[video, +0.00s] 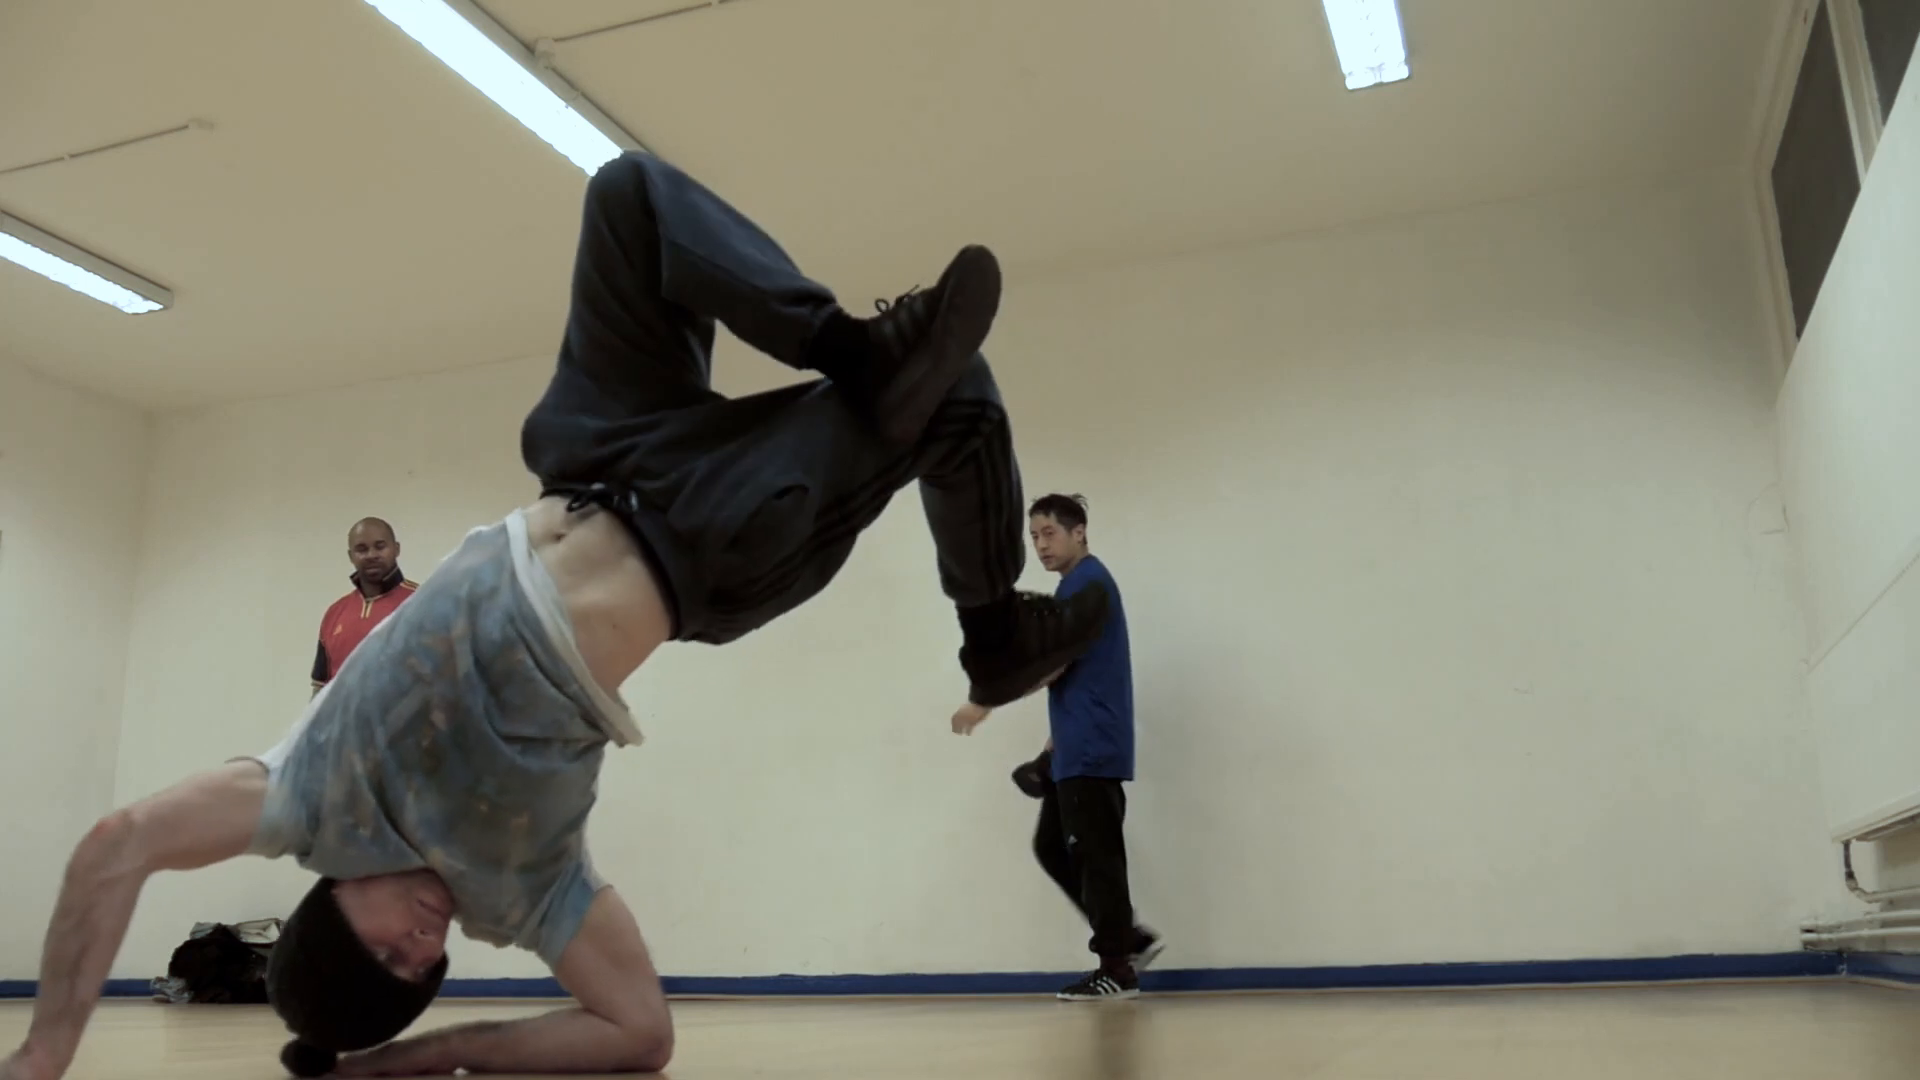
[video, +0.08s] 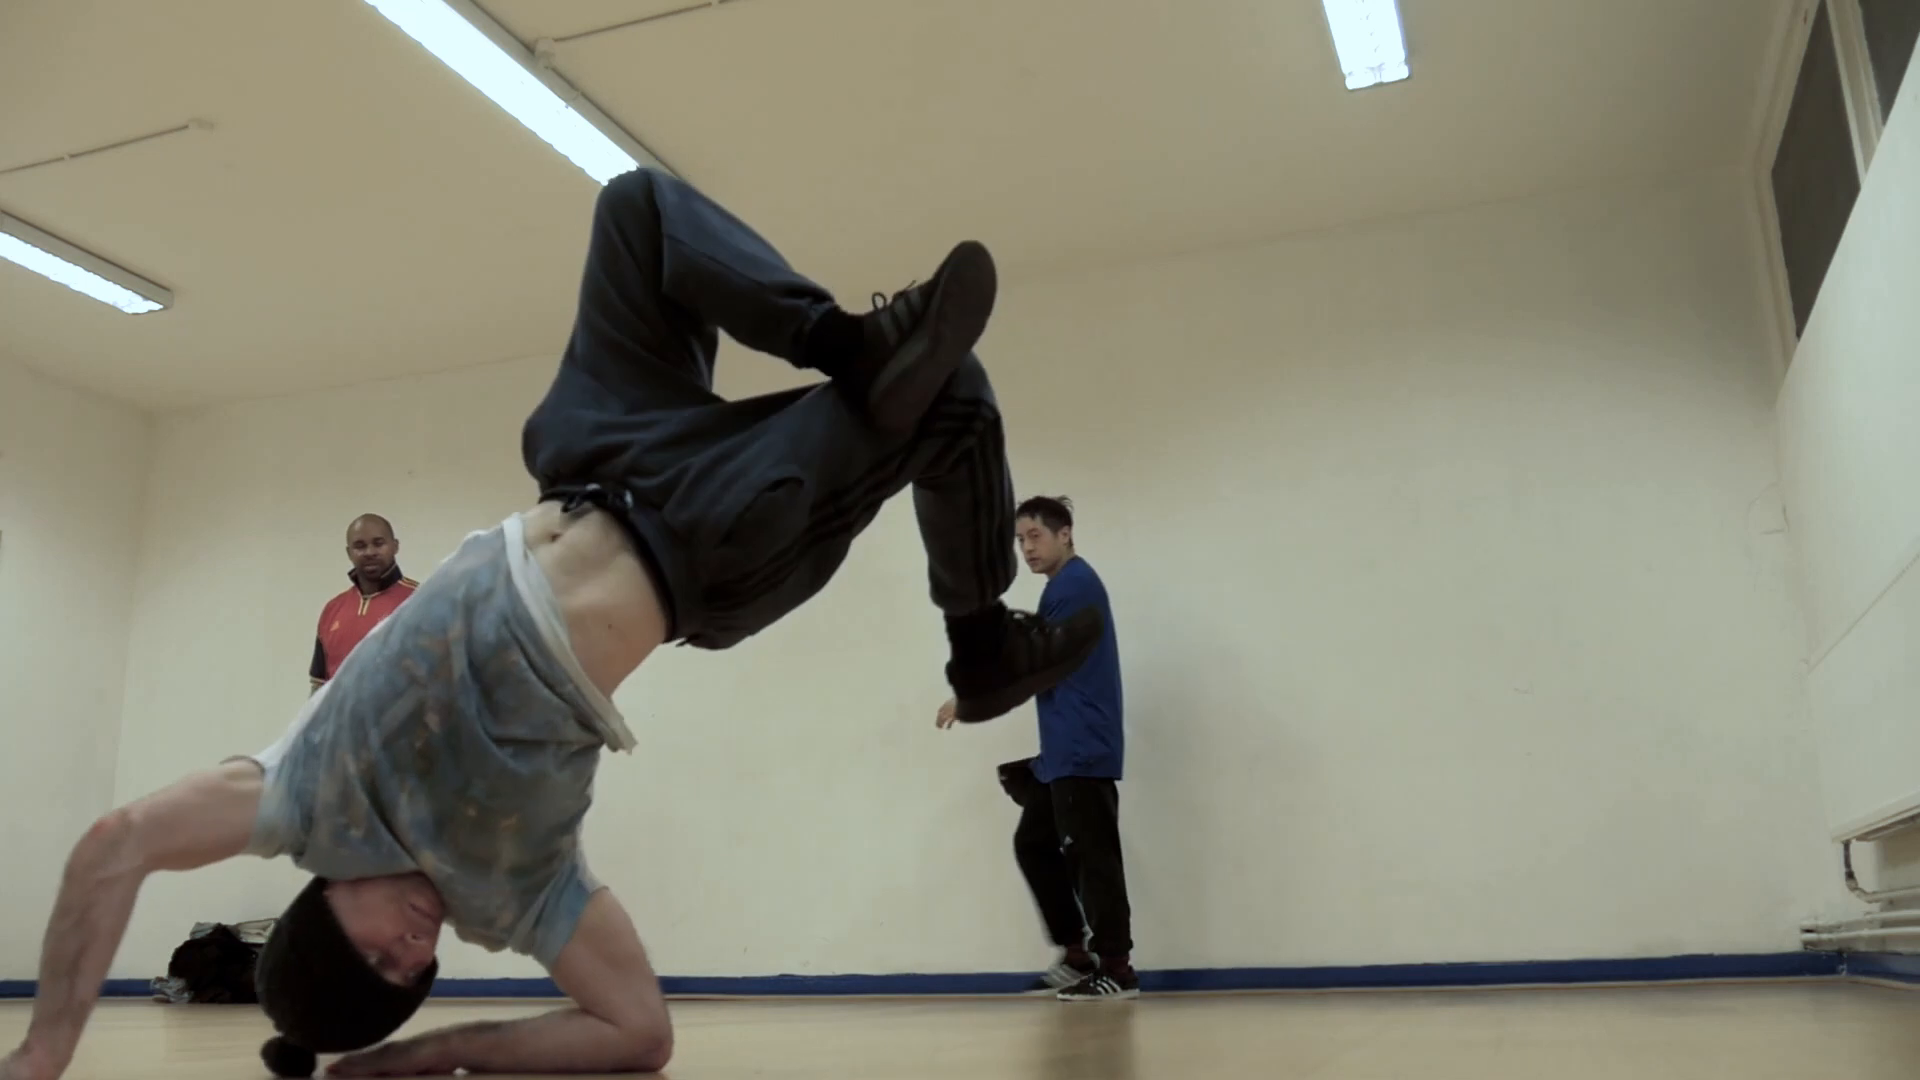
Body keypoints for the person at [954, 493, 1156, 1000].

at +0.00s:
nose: (1039, 544)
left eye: (1048, 533)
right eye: (1035, 536)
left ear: (1078, 533)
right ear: (1038, 539)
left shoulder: (1087, 583)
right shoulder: (1077, 585)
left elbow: (1049, 662)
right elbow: (1085, 689)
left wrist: (983, 702)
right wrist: (1054, 751)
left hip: (1092, 747)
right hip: (1075, 749)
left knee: (1099, 857)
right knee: (1051, 846)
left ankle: (1117, 969)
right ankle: (1126, 934)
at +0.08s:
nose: (1026, 547)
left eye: (1035, 536)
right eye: (1021, 539)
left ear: (1064, 535)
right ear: (1023, 543)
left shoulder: (1076, 587)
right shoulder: (1061, 589)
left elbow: (1042, 671)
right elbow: (1064, 686)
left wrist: (968, 706)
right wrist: (1044, 761)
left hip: (1086, 751)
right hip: (1063, 751)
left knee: (1093, 855)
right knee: (1034, 844)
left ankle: (1115, 969)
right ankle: (1078, 956)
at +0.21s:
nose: (1006, 555)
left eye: (1011, 543)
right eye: (1003, 545)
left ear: (1040, 539)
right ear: (1031, 542)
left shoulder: (1055, 590)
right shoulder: (1040, 592)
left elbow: (1026, 676)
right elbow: (1048, 695)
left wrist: (957, 714)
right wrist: (1029, 770)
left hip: (1068, 759)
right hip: (1046, 761)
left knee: (1087, 864)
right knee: (1018, 862)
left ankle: (1115, 970)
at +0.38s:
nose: (959, 560)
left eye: (963, 552)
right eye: (958, 553)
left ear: (987, 547)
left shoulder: (1021, 589)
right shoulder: (984, 600)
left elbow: (1018, 671)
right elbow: (1002, 669)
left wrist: (996, 734)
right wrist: (989, 729)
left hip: (1036, 757)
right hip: (1004, 758)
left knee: (1054, 860)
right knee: (990, 862)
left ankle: (1111, 963)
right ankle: (989, 969)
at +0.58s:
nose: (950, 562)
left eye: (956, 554)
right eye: (947, 556)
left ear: (981, 549)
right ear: (946, 561)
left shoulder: (1002, 591)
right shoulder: (951, 607)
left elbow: (1031, 655)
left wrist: (1044, 722)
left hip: (1003, 742)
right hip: (965, 746)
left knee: (984, 846)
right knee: (965, 855)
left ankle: (1070, 935)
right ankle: (986, 968)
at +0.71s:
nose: (950, 562)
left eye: (959, 554)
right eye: (943, 557)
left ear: (978, 552)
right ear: (935, 563)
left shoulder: (997, 595)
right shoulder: (937, 614)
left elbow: (1031, 658)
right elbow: (925, 691)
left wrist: (1050, 726)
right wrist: (916, 759)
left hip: (994, 751)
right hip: (950, 756)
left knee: (969, 843)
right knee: (954, 856)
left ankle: (1025, 950)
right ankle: (986, 966)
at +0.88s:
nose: (923, 563)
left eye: (930, 552)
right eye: (917, 553)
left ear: (959, 557)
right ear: (913, 559)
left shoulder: (992, 607)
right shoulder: (913, 620)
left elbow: (1015, 672)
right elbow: (895, 691)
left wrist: (1019, 743)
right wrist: (867, 750)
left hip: (983, 758)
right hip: (935, 763)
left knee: (965, 855)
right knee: (951, 862)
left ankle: (961, 961)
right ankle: (982, 964)